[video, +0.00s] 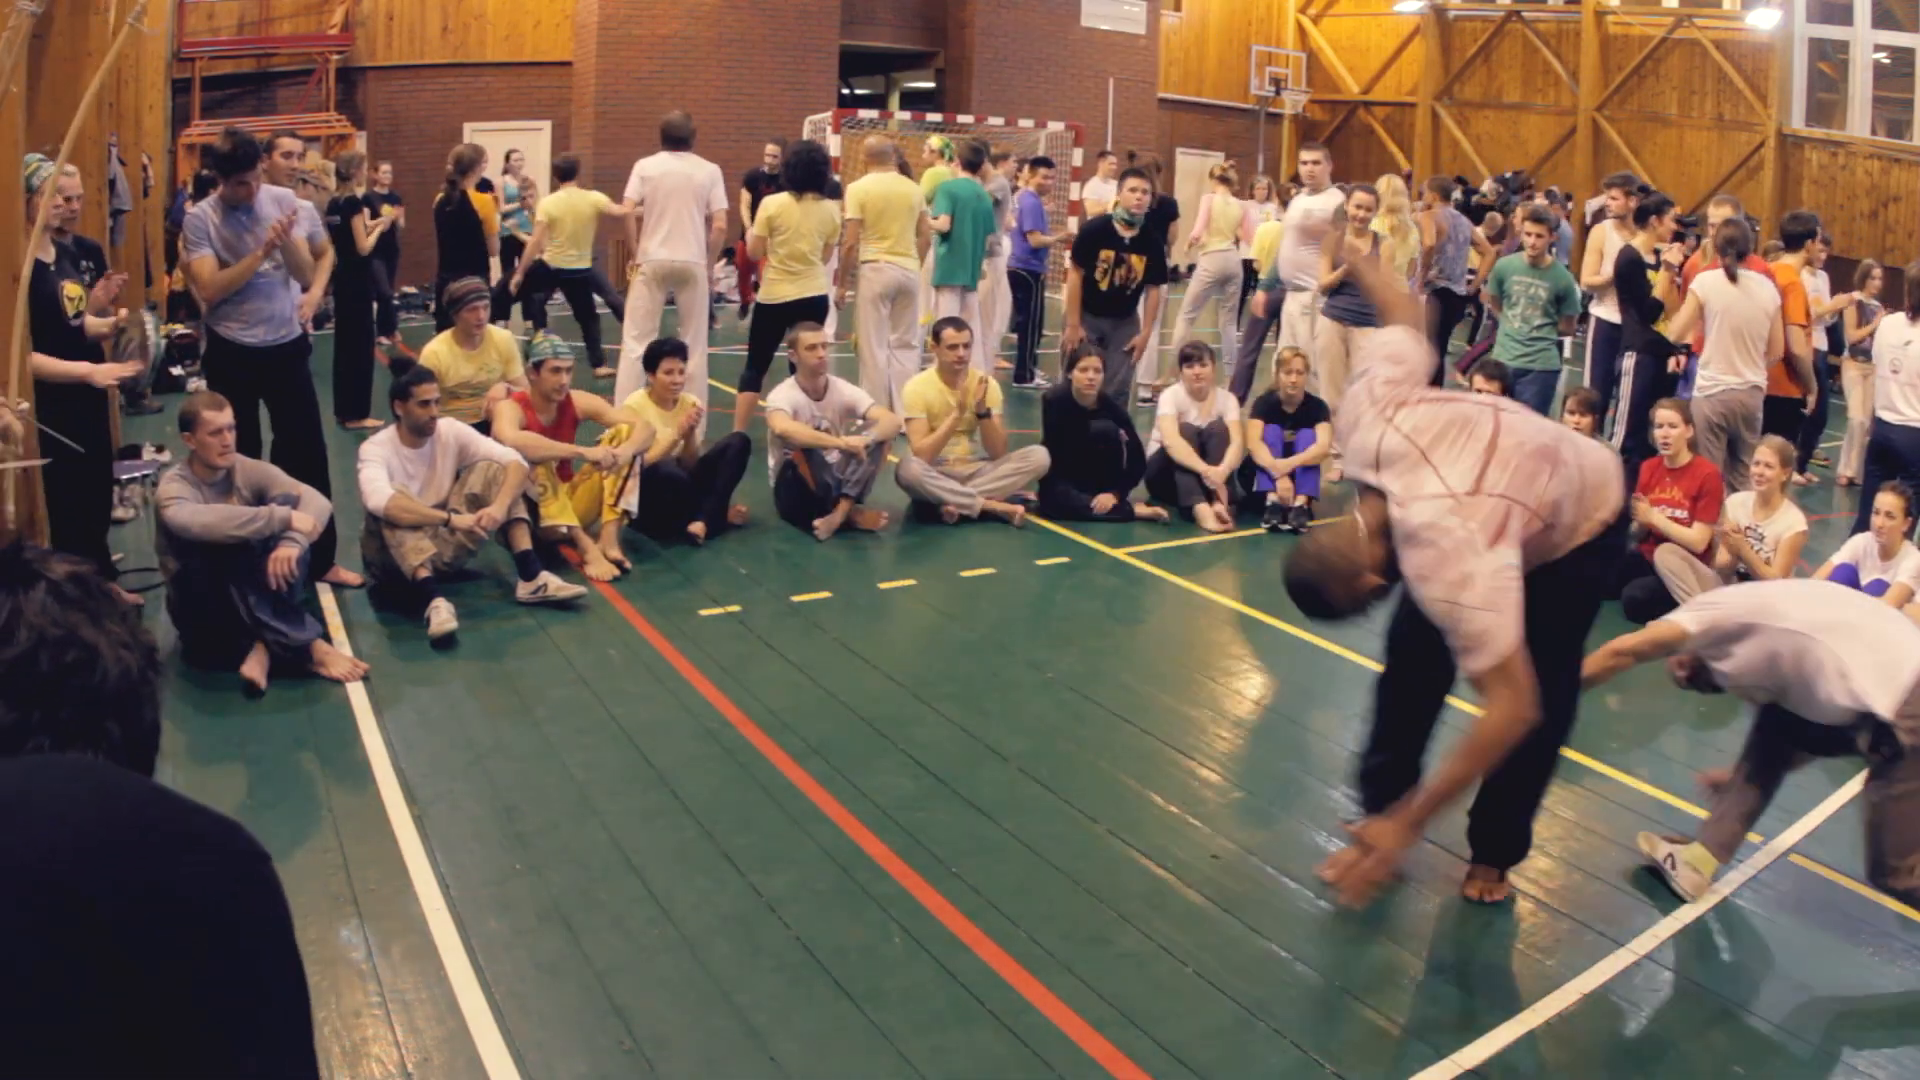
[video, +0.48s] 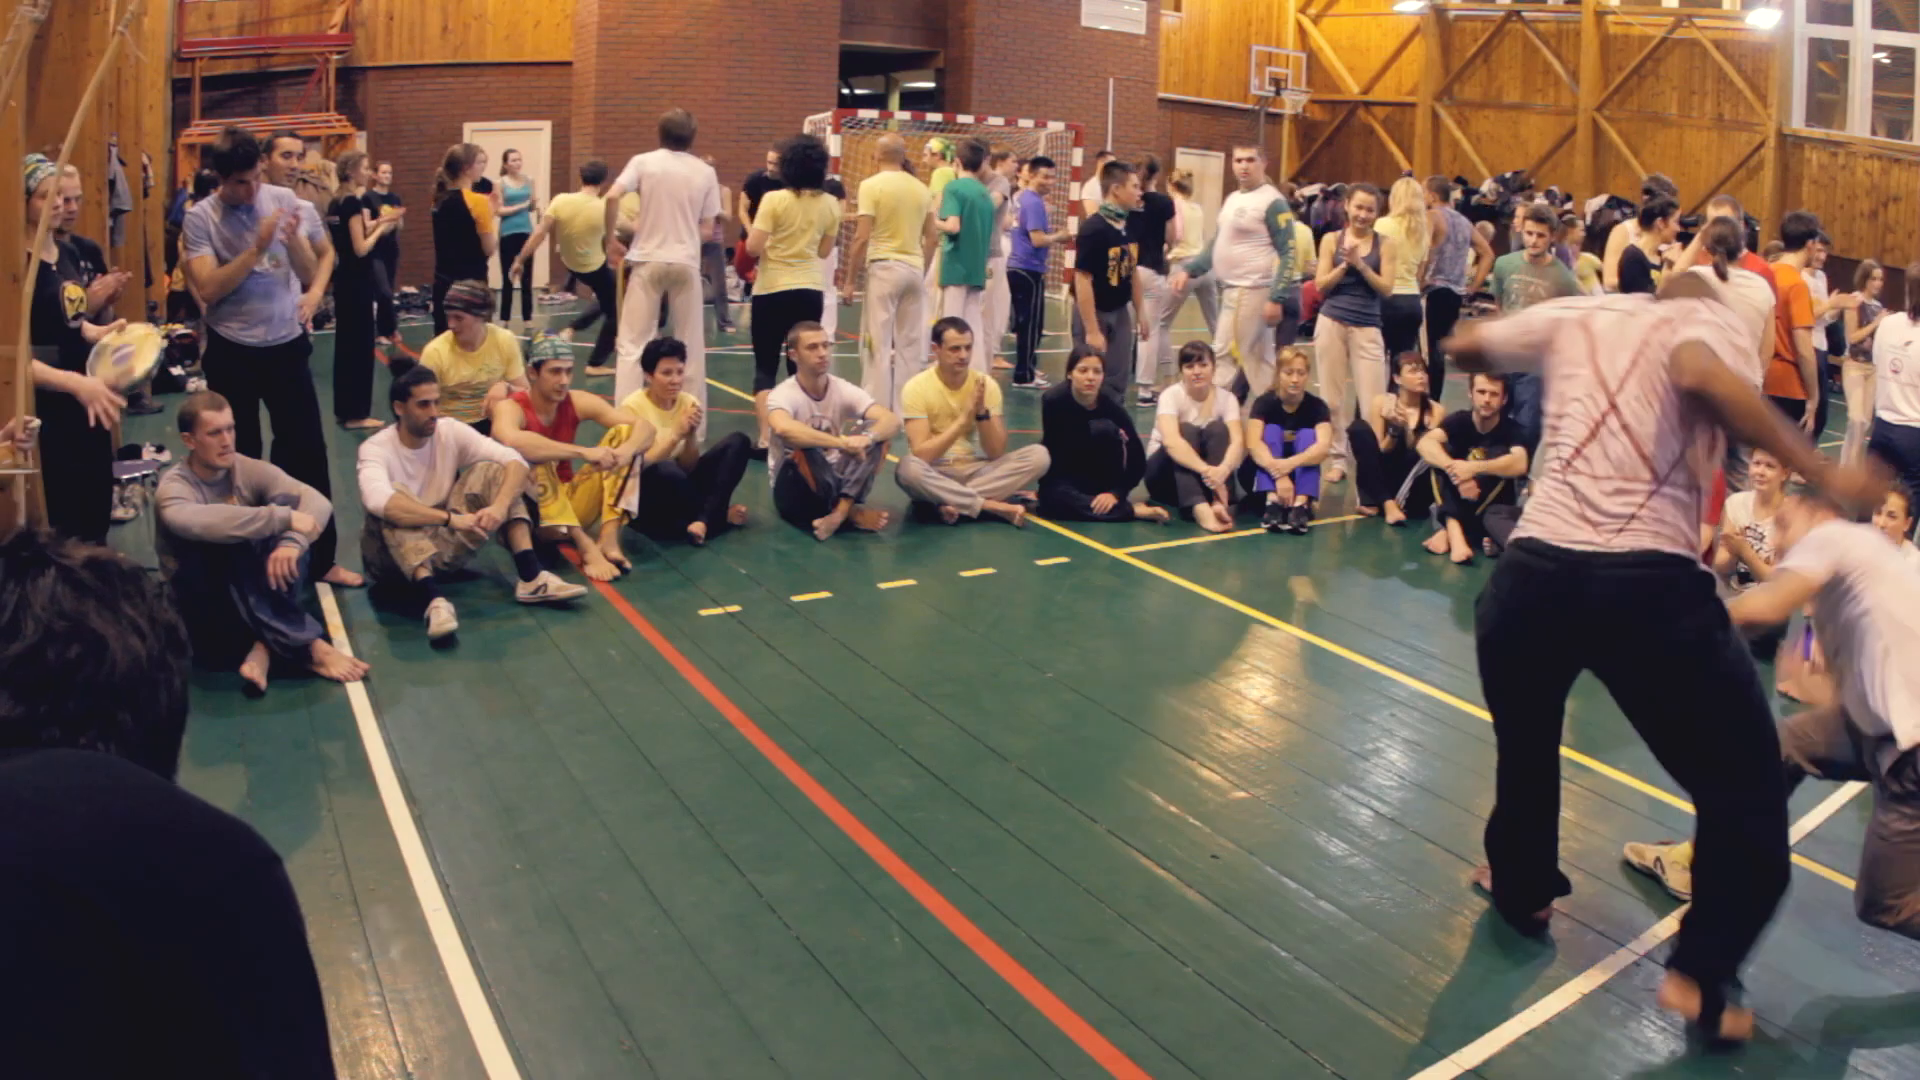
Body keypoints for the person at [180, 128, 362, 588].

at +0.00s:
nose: (248, 190)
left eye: (253, 180)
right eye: (238, 184)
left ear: (262, 170)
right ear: (217, 179)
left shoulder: (284, 203)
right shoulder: (200, 217)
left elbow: (305, 274)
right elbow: (208, 292)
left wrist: (287, 241)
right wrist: (261, 253)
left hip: (286, 347)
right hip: (229, 350)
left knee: (305, 452)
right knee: (239, 454)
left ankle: (320, 562)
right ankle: (246, 565)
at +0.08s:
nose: (248, 190)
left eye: (253, 180)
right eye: (237, 183)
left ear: (261, 170)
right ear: (217, 179)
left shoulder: (284, 203)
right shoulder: (200, 217)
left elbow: (307, 275)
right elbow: (207, 292)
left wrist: (288, 241)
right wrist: (261, 248)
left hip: (286, 347)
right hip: (229, 350)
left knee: (305, 452)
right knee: (239, 455)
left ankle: (320, 562)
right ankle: (246, 565)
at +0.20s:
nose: (249, 190)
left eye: (254, 180)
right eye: (239, 183)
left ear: (262, 170)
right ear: (217, 179)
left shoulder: (286, 204)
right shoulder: (200, 218)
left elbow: (312, 277)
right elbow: (205, 292)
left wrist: (302, 254)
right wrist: (248, 245)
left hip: (287, 346)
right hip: (230, 350)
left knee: (306, 452)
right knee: (239, 455)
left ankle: (320, 562)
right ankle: (246, 564)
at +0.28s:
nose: (250, 190)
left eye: (255, 180)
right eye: (239, 183)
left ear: (262, 170)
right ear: (218, 180)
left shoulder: (286, 202)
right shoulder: (200, 217)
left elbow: (317, 269)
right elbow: (205, 291)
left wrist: (298, 253)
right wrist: (253, 245)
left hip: (287, 346)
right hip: (230, 349)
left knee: (306, 452)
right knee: (239, 454)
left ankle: (321, 562)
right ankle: (246, 564)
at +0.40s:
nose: (249, 190)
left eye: (254, 180)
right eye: (239, 183)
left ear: (262, 170)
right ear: (218, 179)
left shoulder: (284, 202)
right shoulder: (200, 216)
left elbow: (308, 272)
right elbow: (208, 289)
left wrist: (286, 241)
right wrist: (260, 250)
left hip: (286, 346)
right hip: (230, 349)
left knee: (306, 452)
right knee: (239, 454)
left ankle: (321, 562)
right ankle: (247, 563)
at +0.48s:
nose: (249, 190)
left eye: (254, 180)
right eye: (239, 183)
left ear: (262, 170)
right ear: (218, 179)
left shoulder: (286, 202)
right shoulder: (201, 216)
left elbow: (312, 276)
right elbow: (206, 291)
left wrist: (291, 242)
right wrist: (258, 245)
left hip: (286, 346)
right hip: (230, 350)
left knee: (306, 452)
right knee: (240, 454)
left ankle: (321, 562)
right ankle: (247, 563)